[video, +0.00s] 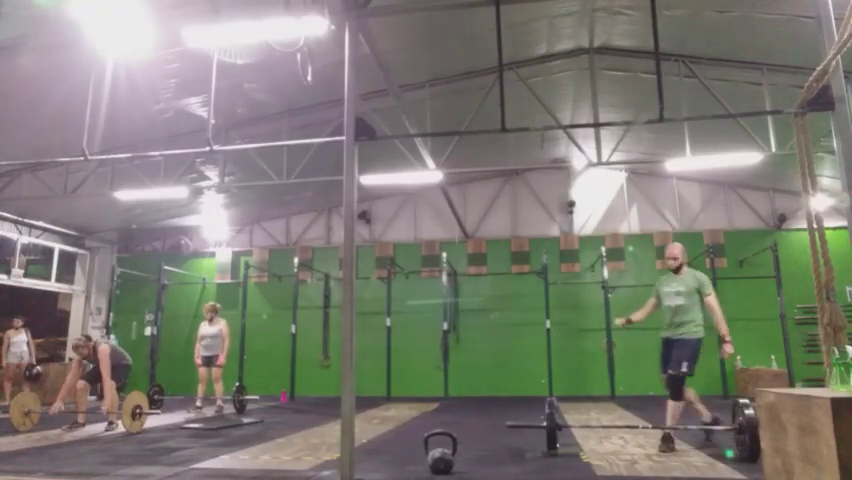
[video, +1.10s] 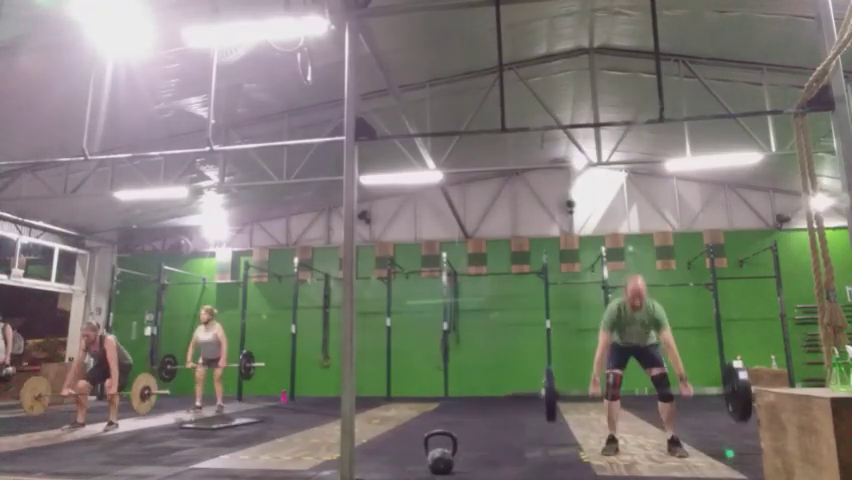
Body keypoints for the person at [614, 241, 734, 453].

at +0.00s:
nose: (671, 262)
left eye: (675, 258)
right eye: (668, 259)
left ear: (684, 258)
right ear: (665, 260)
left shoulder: (698, 278)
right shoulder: (662, 282)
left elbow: (714, 309)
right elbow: (647, 309)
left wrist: (725, 338)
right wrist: (628, 319)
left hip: (690, 335)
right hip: (669, 336)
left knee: (675, 381)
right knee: (672, 383)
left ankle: (668, 434)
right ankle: (709, 418)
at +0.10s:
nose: (643, 264)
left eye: (647, 261)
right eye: (640, 261)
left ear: (653, 259)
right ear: (635, 259)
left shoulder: (666, 278)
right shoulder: (626, 279)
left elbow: (680, 304)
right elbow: (614, 310)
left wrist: (682, 327)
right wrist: (605, 337)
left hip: (659, 338)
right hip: (633, 338)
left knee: (659, 385)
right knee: (627, 385)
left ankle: (665, 435)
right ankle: (617, 435)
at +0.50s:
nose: (624, 260)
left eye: (627, 256)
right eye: (620, 256)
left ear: (635, 255)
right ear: (616, 256)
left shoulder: (650, 273)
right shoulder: (609, 278)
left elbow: (668, 305)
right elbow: (600, 311)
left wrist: (674, 334)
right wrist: (596, 340)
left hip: (648, 337)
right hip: (619, 337)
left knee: (658, 388)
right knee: (617, 388)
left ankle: (670, 438)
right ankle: (612, 438)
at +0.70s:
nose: (642, 349)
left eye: (644, 346)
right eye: (638, 346)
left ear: (649, 340)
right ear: (630, 341)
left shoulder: (658, 345)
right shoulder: (614, 342)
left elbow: (670, 382)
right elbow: (602, 378)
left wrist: (683, 411)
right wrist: (597, 413)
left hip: (645, 358)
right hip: (620, 357)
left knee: (665, 392)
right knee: (612, 392)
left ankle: (673, 440)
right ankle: (612, 438)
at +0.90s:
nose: (628, 251)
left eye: (631, 247)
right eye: (624, 248)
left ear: (638, 250)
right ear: (618, 251)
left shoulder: (651, 275)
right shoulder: (609, 277)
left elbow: (664, 306)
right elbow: (597, 309)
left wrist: (676, 336)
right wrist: (592, 339)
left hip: (648, 338)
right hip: (619, 339)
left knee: (657, 388)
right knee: (617, 389)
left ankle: (673, 439)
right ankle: (612, 438)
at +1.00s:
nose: (626, 252)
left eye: (630, 248)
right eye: (623, 249)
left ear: (637, 251)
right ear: (618, 252)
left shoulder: (650, 275)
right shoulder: (609, 278)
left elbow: (663, 307)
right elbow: (599, 310)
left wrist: (676, 338)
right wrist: (592, 339)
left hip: (649, 339)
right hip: (620, 340)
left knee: (659, 389)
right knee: (616, 390)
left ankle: (672, 439)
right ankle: (612, 438)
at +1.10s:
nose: (637, 299)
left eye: (640, 295)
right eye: (633, 295)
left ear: (645, 294)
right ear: (626, 293)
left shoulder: (654, 309)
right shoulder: (614, 309)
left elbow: (668, 344)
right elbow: (603, 343)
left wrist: (682, 377)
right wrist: (595, 378)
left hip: (647, 346)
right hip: (619, 346)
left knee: (664, 388)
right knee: (612, 386)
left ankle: (672, 439)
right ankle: (612, 438)